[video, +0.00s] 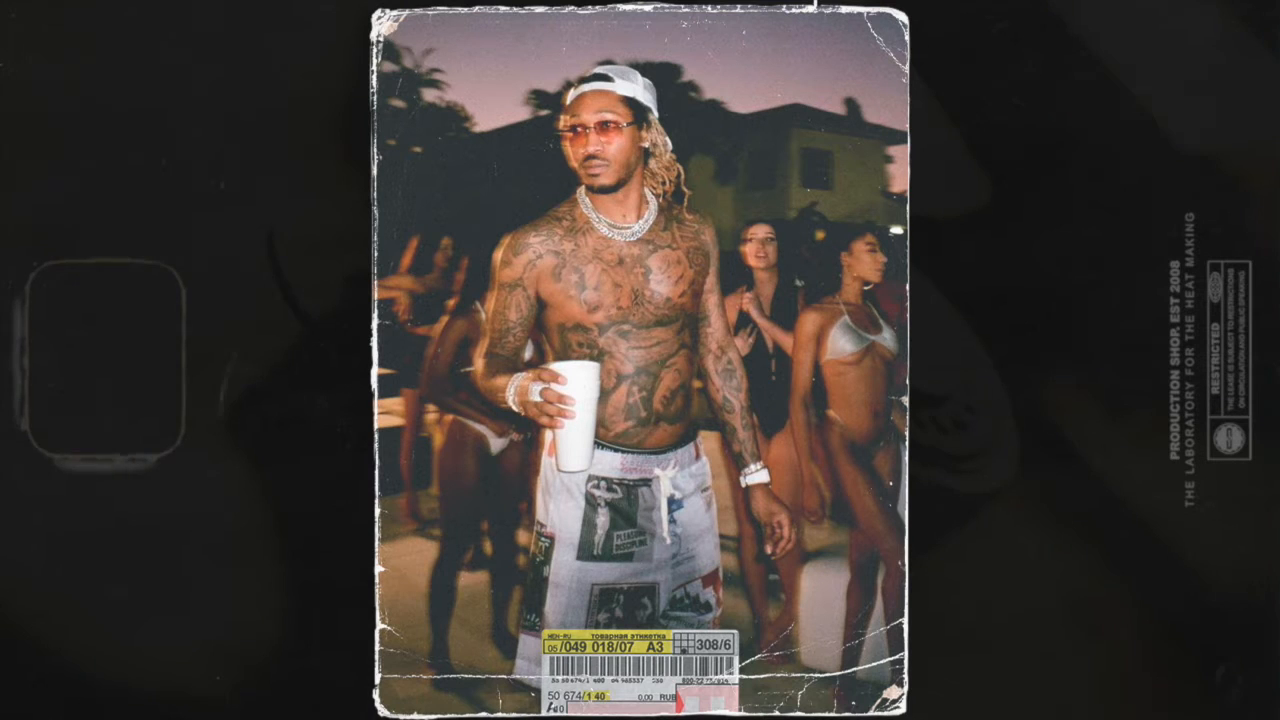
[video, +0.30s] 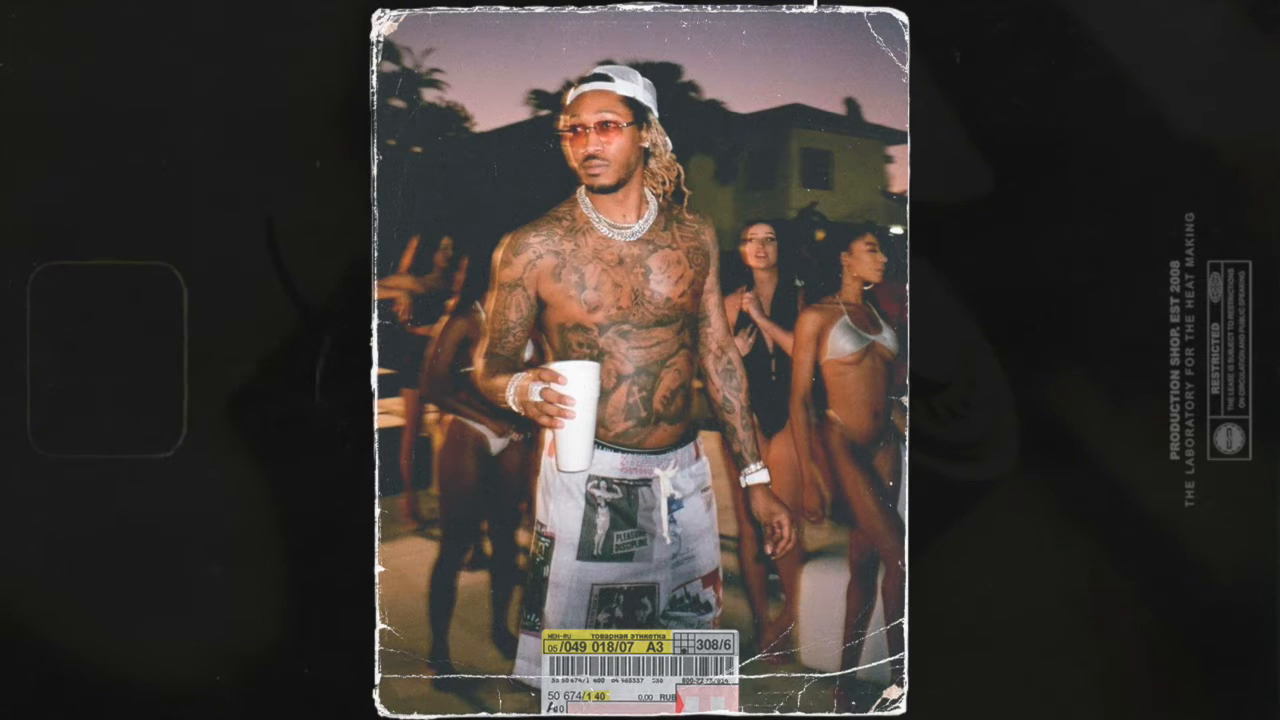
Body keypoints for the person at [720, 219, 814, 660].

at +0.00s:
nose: (760, 249)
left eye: (768, 241)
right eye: (752, 241)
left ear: (781, 250)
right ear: (741, 250)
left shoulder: (797, 296)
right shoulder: (730, 300)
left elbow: (804, 352)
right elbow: (712, 365)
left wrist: (761, 318)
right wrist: (734, 345)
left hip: (783, 420)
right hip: (738, 421)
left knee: (783, 521)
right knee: (748, 525)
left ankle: (793, 613)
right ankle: (762, 621)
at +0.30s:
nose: (760, 249)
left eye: (768, 241)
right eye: (752, 241)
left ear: (781, 250)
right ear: (741, 250)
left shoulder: (797, 296)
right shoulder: (730, 300)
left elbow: (804, 352)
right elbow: (712, 365)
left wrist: (761, 318)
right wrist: (734, 344)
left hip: (784, 420)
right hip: (738, 421)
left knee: (783, 521)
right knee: (748, 525)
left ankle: (793, 613)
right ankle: (762, 621)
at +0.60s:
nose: (760, 249)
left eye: (767, 242)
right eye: (752, 242)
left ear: (781, 249)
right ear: (741, 250)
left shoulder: (797, 296)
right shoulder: (731, 300)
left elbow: (803, 351)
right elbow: (714, 364)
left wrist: (761, 318)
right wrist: (735, 341)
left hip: (784, 419)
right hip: (739, 420)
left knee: (783, 521)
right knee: (748, 526)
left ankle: (794, 612)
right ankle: (762, 622)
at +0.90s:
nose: (759, 249)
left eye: (767, 242)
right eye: (752, 242)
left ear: (781, 249)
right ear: (740, 250)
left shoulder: (797, 296)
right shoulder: (731, 300)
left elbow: (803, 351)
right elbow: (714, 365)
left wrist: (761, 318)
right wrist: (735, 344)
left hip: (784, 420)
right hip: (739, 421)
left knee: (783, 521)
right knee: (748, 526)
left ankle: (793, 612)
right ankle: (762, 621)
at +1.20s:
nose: (759, 249)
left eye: (767, 242)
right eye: (751, 242)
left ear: (781, 249)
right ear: (741, 250)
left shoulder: (798, 296)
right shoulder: (731, 301)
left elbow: (804, 352)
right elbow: (715, 363)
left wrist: (761, 318)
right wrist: (735, 341)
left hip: (784, 420)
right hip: (738, 421)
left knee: (783, 522)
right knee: (748, 526)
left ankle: (795, 612)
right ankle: (763, 622)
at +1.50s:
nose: (760, 249)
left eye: (768, 241)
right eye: (752, 242)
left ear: (781, 249)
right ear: (741, 250)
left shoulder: (798, 296)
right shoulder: (731, 300)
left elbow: (804, 352)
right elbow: (714, 364)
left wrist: (762, 319)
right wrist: (733, 344)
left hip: (784, 419)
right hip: (738, 420)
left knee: (785, 521)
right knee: (749, 527)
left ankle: (794, 613)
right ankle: (763, 623)